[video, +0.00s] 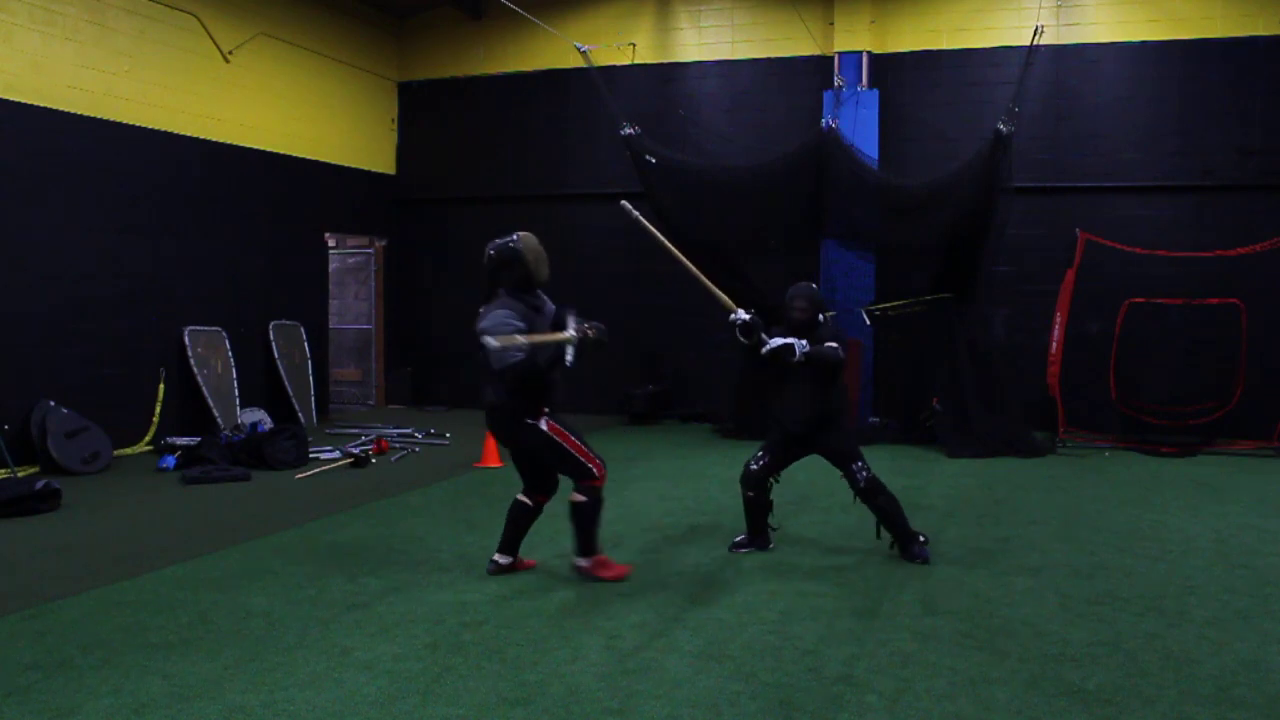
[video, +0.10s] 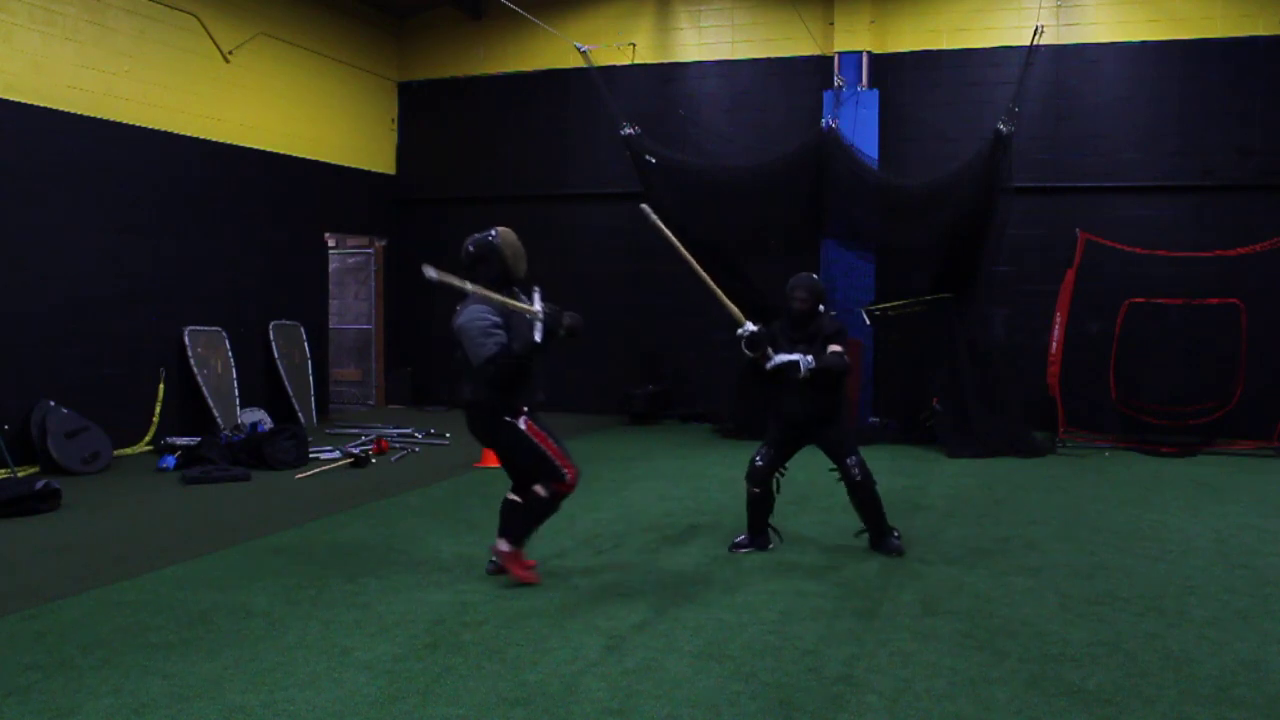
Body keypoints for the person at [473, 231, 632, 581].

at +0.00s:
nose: (542, 263)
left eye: (539, 257)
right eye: (534, 258)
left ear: (509, 269)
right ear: (517, 267)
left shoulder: (536, 303)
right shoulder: (499, 318)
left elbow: (562, 321)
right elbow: (519, 374)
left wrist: (583, 330)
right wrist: (565, 343)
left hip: (521, 414)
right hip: (522, 417)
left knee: (539, 485)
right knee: (591, 472)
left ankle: (504, 556)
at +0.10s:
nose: (519, 259)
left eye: (515, 253)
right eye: (510, 254)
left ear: (485, 266)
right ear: (495, 264)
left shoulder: (518, 299)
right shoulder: (475, 315)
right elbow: (501, 369)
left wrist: (559, 325)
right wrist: (539, 337)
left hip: (510, 409)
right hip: (497, 414)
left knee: (528, 481)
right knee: (562, 476)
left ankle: (504, 551)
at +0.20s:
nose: (500, 261)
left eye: (497, 255)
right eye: (495, 255)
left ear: (464, 260)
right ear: (483, 260)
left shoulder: (490, 297)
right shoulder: (454, 311)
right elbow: (481, 361)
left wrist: (529, 316)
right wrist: (506, 318)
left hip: (495, 409)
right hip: (475, 415)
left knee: (511, 483)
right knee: (516, 493)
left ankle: (502, 556)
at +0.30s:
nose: (478, 257)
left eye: (475, 250)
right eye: (470, 251)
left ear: (447, 260)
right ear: (451, 258)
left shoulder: (466, 297)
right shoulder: (434, 308)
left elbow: (488, 340)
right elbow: (461, 357)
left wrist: (502, 316)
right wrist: (489, 312)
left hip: (470, 412)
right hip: (448, 417)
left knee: (492, 481)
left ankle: (500, 556)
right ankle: (395, 569)